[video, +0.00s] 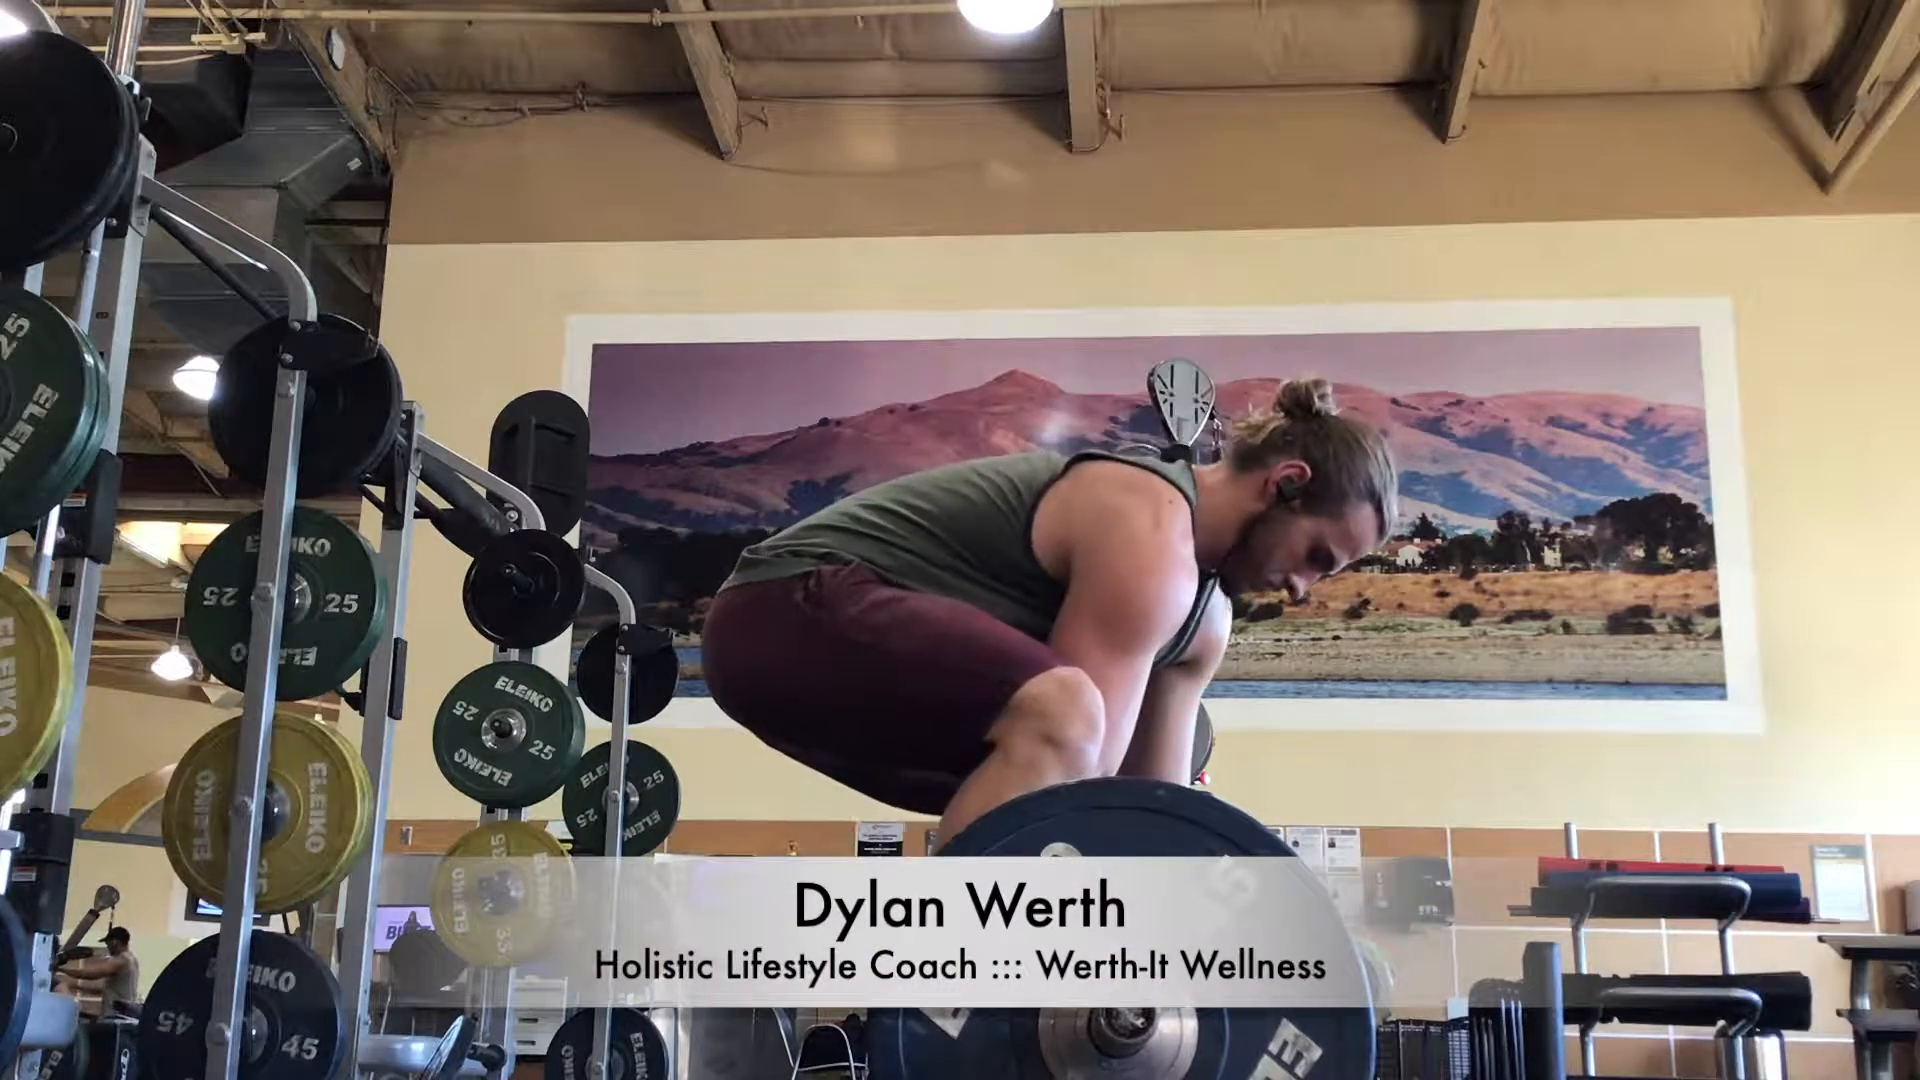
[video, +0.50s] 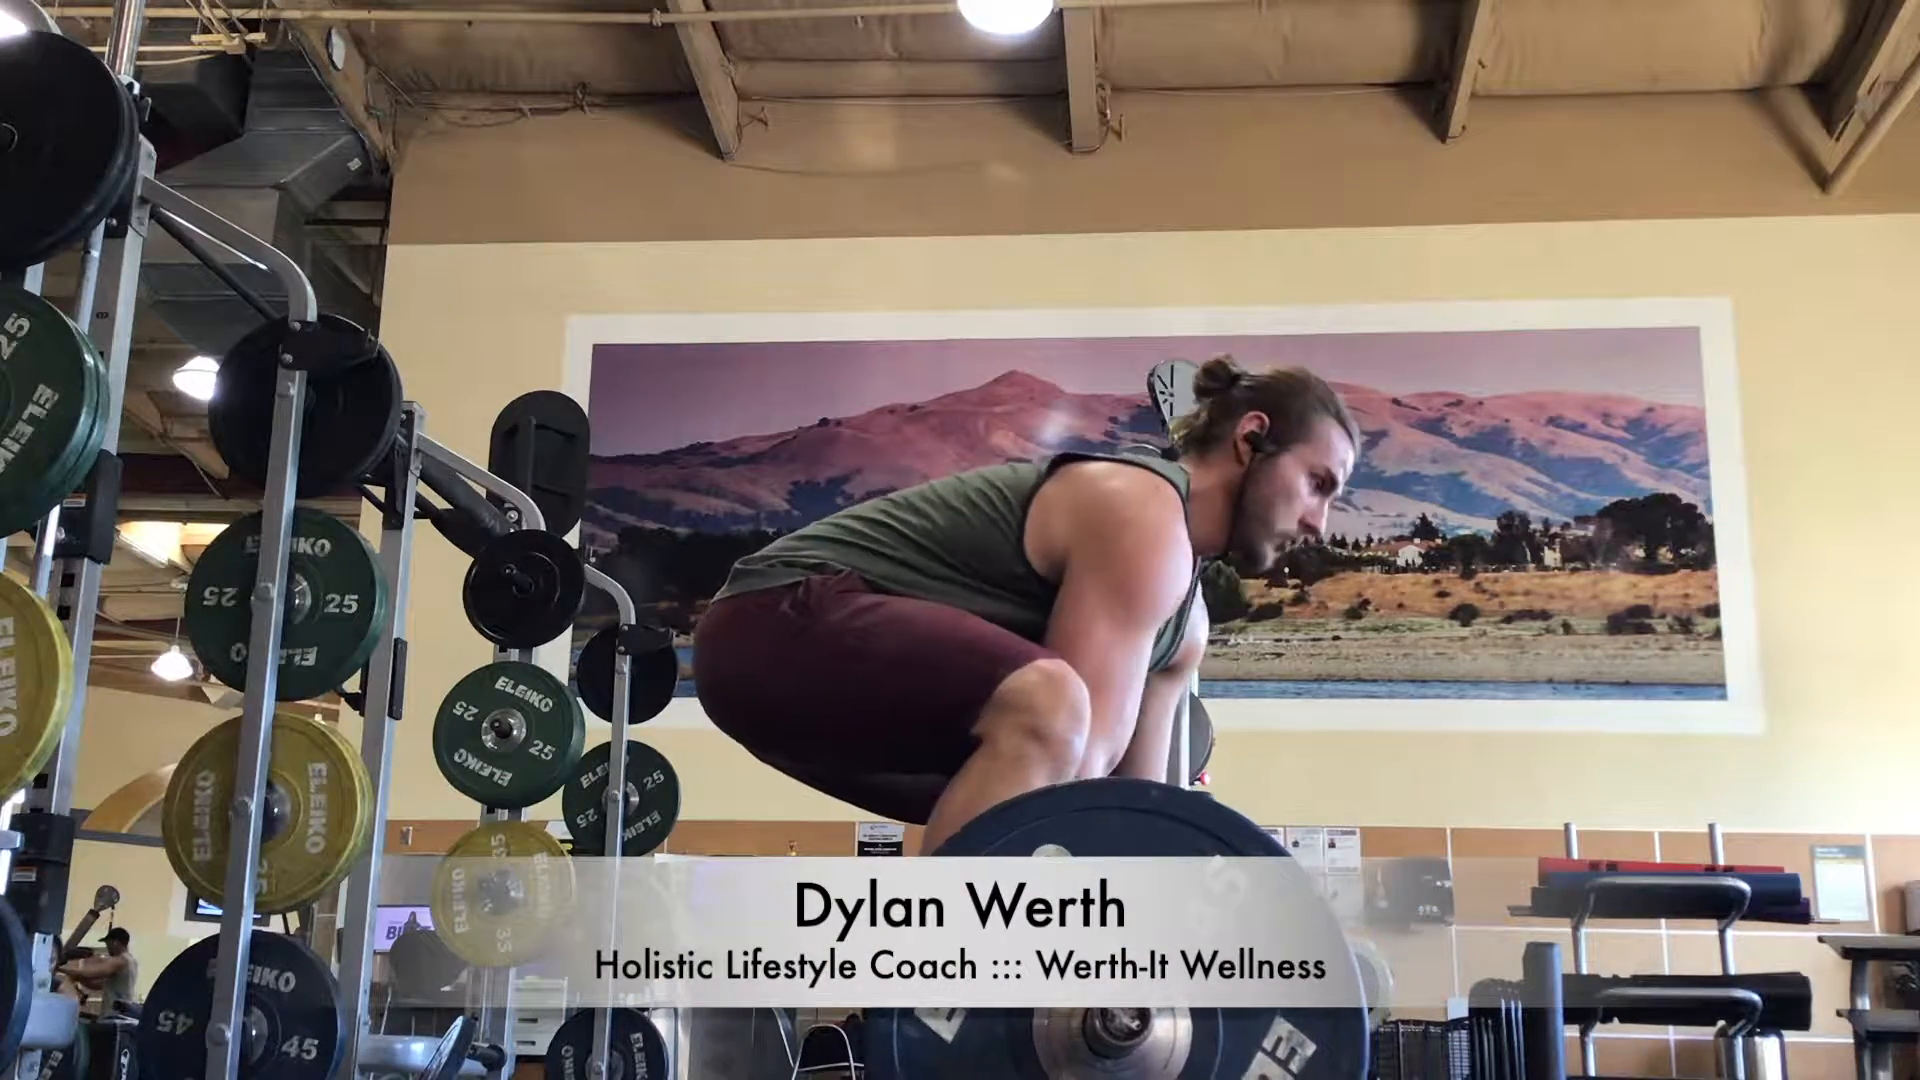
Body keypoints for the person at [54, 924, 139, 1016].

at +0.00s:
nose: (107, 947)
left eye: (108, 943)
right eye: (106, 943)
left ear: (116, 943)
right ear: (122, 943)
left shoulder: (121, 960)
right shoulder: (130, 960)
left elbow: (88, 974)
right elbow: (103, 987)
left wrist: (61, 969)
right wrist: (76, 985)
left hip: (113, 1017)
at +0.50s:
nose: (107, 947)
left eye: (108, 944)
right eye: (106, 944)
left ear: (116, 943)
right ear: (121, 943)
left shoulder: (122, 960)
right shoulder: (129, 961)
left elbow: (88, 973)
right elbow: (97, 985)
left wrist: (60, 969)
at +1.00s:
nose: (105, 946)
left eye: (107, 942)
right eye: (105, 942)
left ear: (114, 942)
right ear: (119, 943)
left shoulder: (119, 960)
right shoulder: (128, 961)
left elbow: (87, 976)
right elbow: (105, 988)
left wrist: (61, 970)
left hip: (108, 1017)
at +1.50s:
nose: (102, 948)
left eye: (103, 944)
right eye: (101, 944)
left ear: (112, 943)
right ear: (121, 944)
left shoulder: (115, 961)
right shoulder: (132, 963)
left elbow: (88, 977)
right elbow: (144, 981)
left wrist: (61, 971)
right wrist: (131, 970)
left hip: (106, 1017)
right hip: (123, 1017)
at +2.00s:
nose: (107, 947)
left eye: (108, 943)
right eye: (107, 943)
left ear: (109, 944)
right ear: (124, 942)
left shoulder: (118, 961)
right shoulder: (132, 962)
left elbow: (89, 978)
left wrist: (62, 971)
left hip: (111, 1016)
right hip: (126, 1016)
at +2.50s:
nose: (106, 949)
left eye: (107, 945)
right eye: (106, 945)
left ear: (109, 945)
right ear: (123, 944)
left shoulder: (119, 961)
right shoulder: (131, 961)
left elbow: (89, 977)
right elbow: (111, 988)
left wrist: (61, 971)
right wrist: (83, 987)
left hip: (111, 1018)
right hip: (125, 1018)